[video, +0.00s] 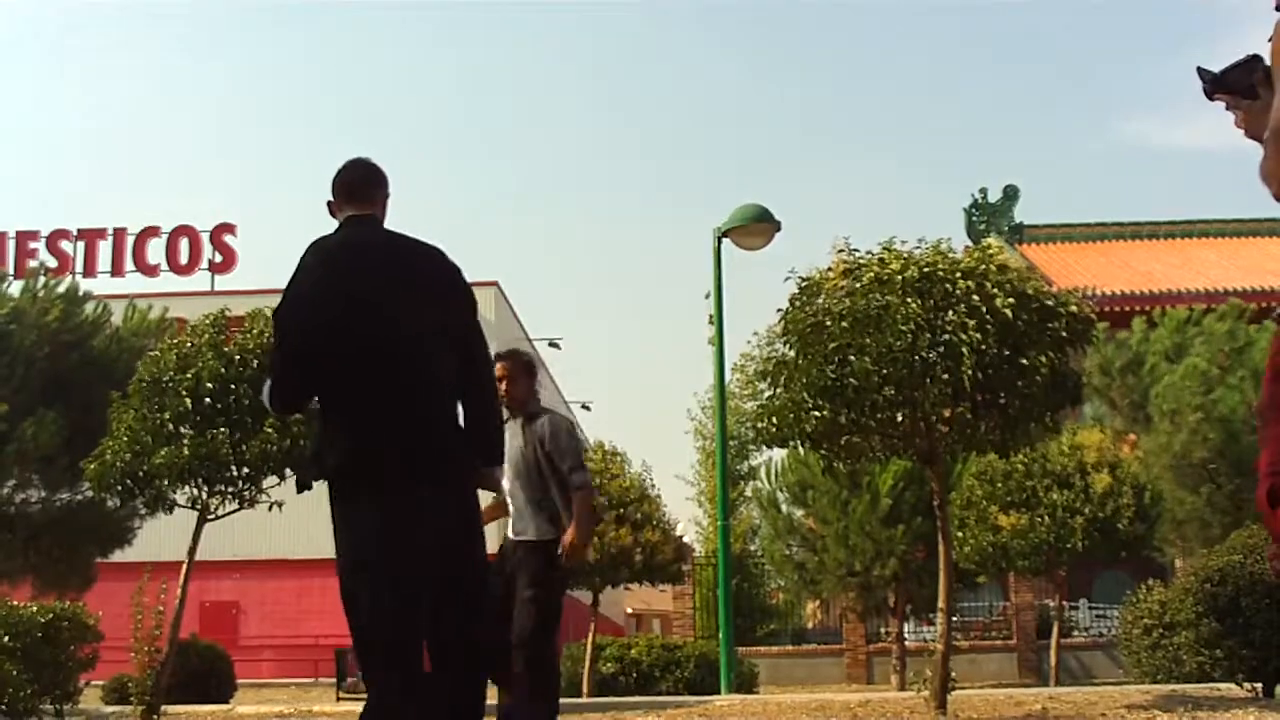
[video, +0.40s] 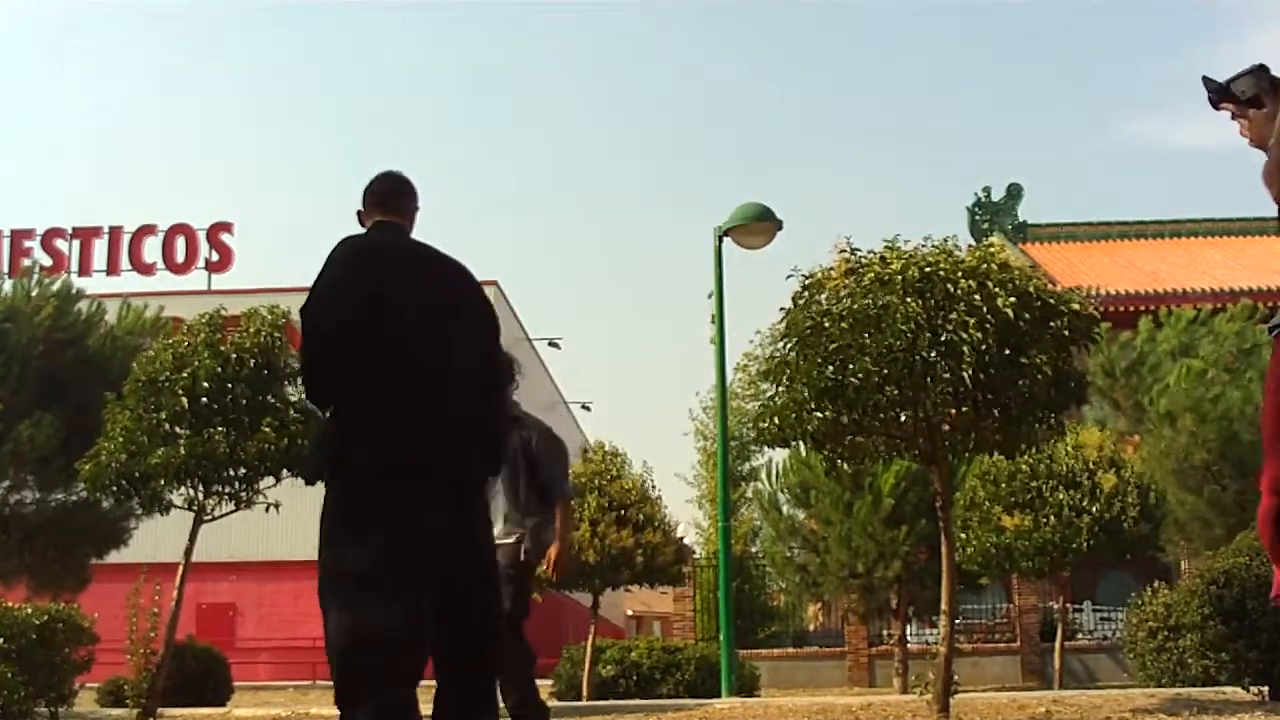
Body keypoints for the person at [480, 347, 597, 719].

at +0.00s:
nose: (501, 387)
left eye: (508, 379)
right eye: (497, 381)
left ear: (531, 381)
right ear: (495, 386)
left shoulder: (552, 424)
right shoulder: (508, 429)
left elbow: (581, 483)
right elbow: (512, 494)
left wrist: (579, 532)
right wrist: (477, 520)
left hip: (544, 546)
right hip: (513, 546)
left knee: (532, 638)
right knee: (501, 636)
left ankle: (536, 712)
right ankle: (514, 709)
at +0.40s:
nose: (492, 394)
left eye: (498, 386)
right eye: (488, 387)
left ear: (509, 384)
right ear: (483, 389)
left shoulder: (535, 434)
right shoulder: (474, 431)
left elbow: (560, 494)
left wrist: (560, 543)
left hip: (517, 541)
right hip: (479, 542)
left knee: (507, 628)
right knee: (486, 630)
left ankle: (527, 707)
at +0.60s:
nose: (497, 393)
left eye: (502, 384)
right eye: (492, 384)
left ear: (513, 384)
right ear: (481, 388)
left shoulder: (534, 434)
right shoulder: (473, 432)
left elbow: (563, 499)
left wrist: (568, 550)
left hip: (516, 552)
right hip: (475, 552)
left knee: (521, 647)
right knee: (477, 650)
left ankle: (536, 713)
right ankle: (484, 712)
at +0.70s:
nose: (495, 385)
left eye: (504, 377)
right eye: (491, 377)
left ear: (521, 378)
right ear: (484, 382)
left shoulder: (540, 430)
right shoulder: (484, 433)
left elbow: (568, 491)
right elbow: (479, 490)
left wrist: (569, 548)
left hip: (523, 547)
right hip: (486, 546)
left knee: (518, 637)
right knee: (482, 639)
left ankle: (536, 712)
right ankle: (483, 710)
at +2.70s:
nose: (501, 363)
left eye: (509, 354)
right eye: (495, 356)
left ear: (531, 358)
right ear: (490, 364)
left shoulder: (559, 413)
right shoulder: (495, 421)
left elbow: (588, 474)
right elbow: (496, 484)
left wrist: (585, 524)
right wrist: (468, 513)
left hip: (552, 539)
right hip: (512, 540)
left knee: (552, 634)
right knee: (513, 639)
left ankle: (574, 712)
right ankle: (527, 714)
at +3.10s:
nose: (498, 373)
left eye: (505, 363)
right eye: (492, 366)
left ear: (526, 366)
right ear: (486, 372)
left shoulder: (558, 413)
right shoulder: (494, 417)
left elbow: (579, 479)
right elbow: (490, 475)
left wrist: (570, 534)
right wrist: (478, 525)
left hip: (556, 537)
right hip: (513, 538)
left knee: (551, 639)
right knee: (497, 635)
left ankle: (571, 710)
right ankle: (522, 711)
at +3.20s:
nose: (495, 392)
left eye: (504, 383)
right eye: (489, 384)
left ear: (527, 386)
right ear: (483, 389)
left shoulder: (561, 430)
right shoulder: (495, 436)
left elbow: (539, 493)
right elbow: (500, 504)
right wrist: (464, 540)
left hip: (562, 550)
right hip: (517, 551)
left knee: (543, 639)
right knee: (486, 639)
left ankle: (567, 711)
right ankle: (519, 713)